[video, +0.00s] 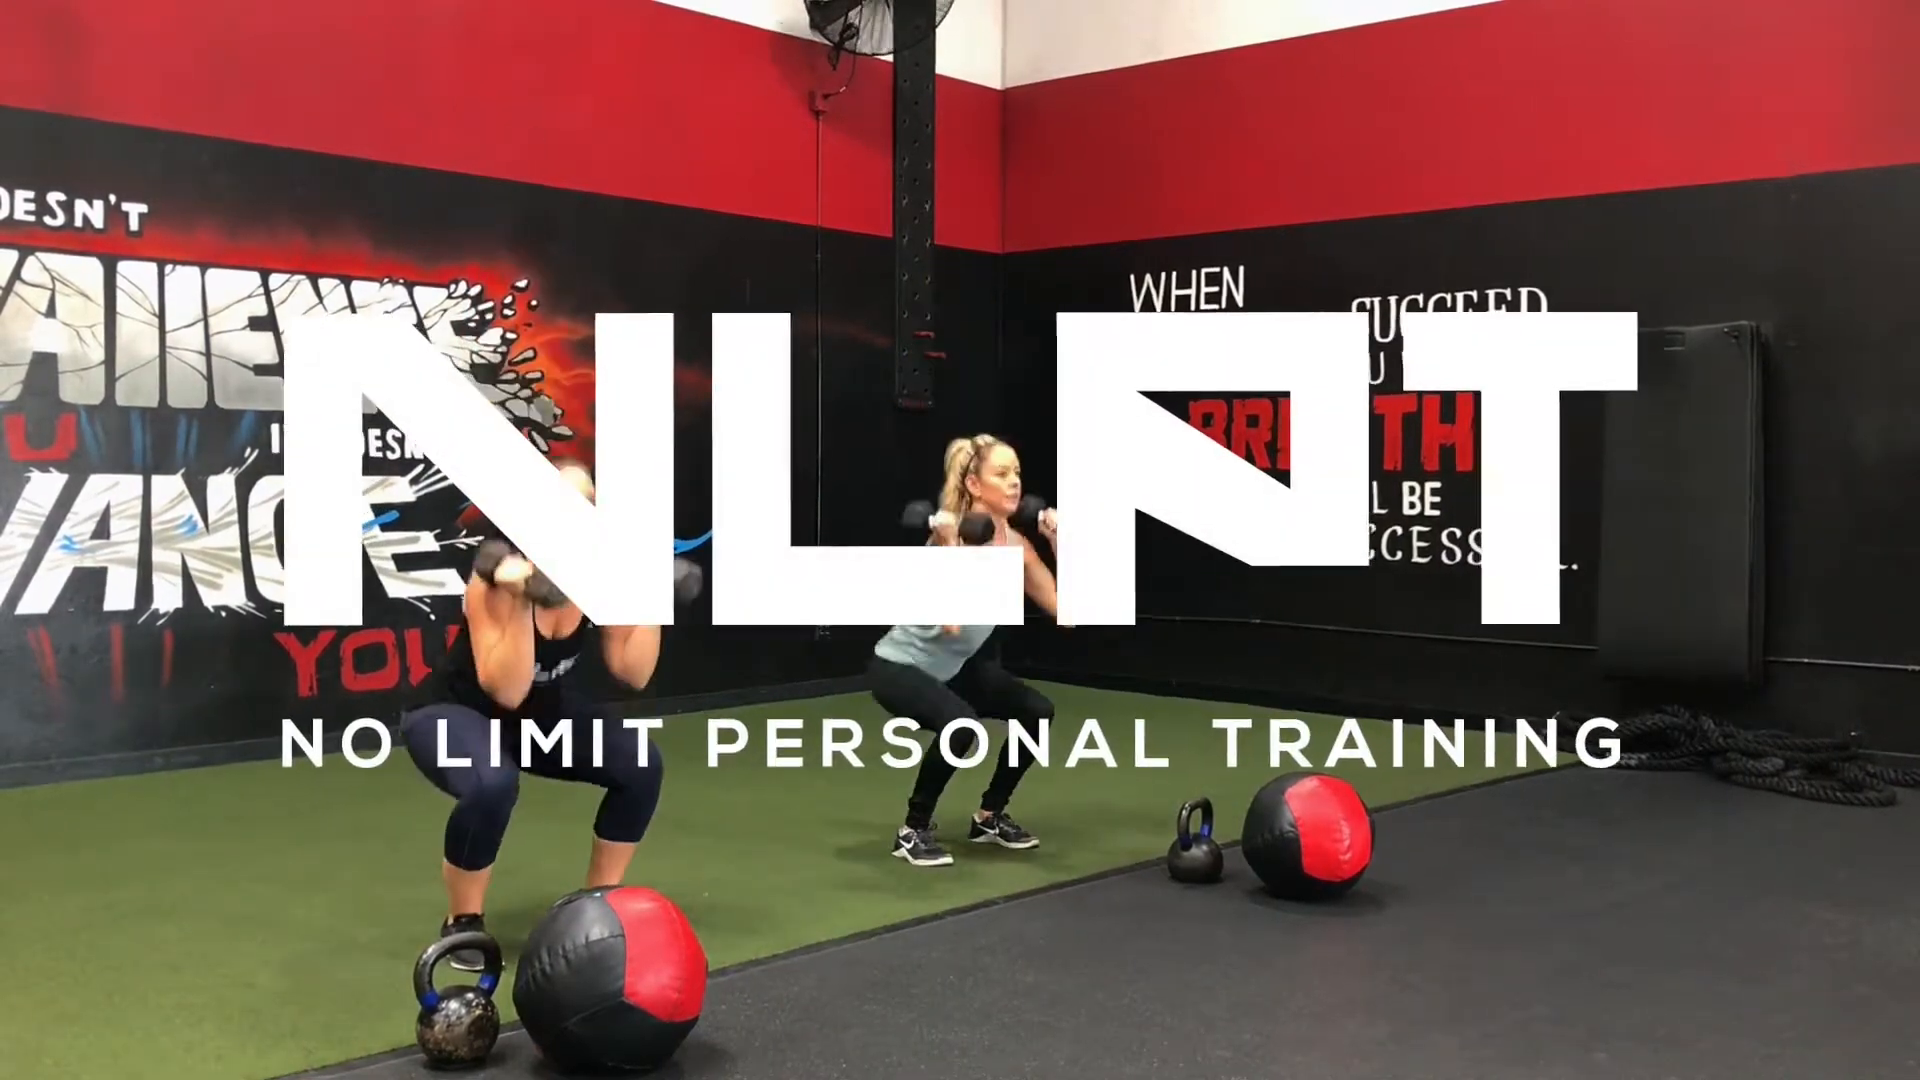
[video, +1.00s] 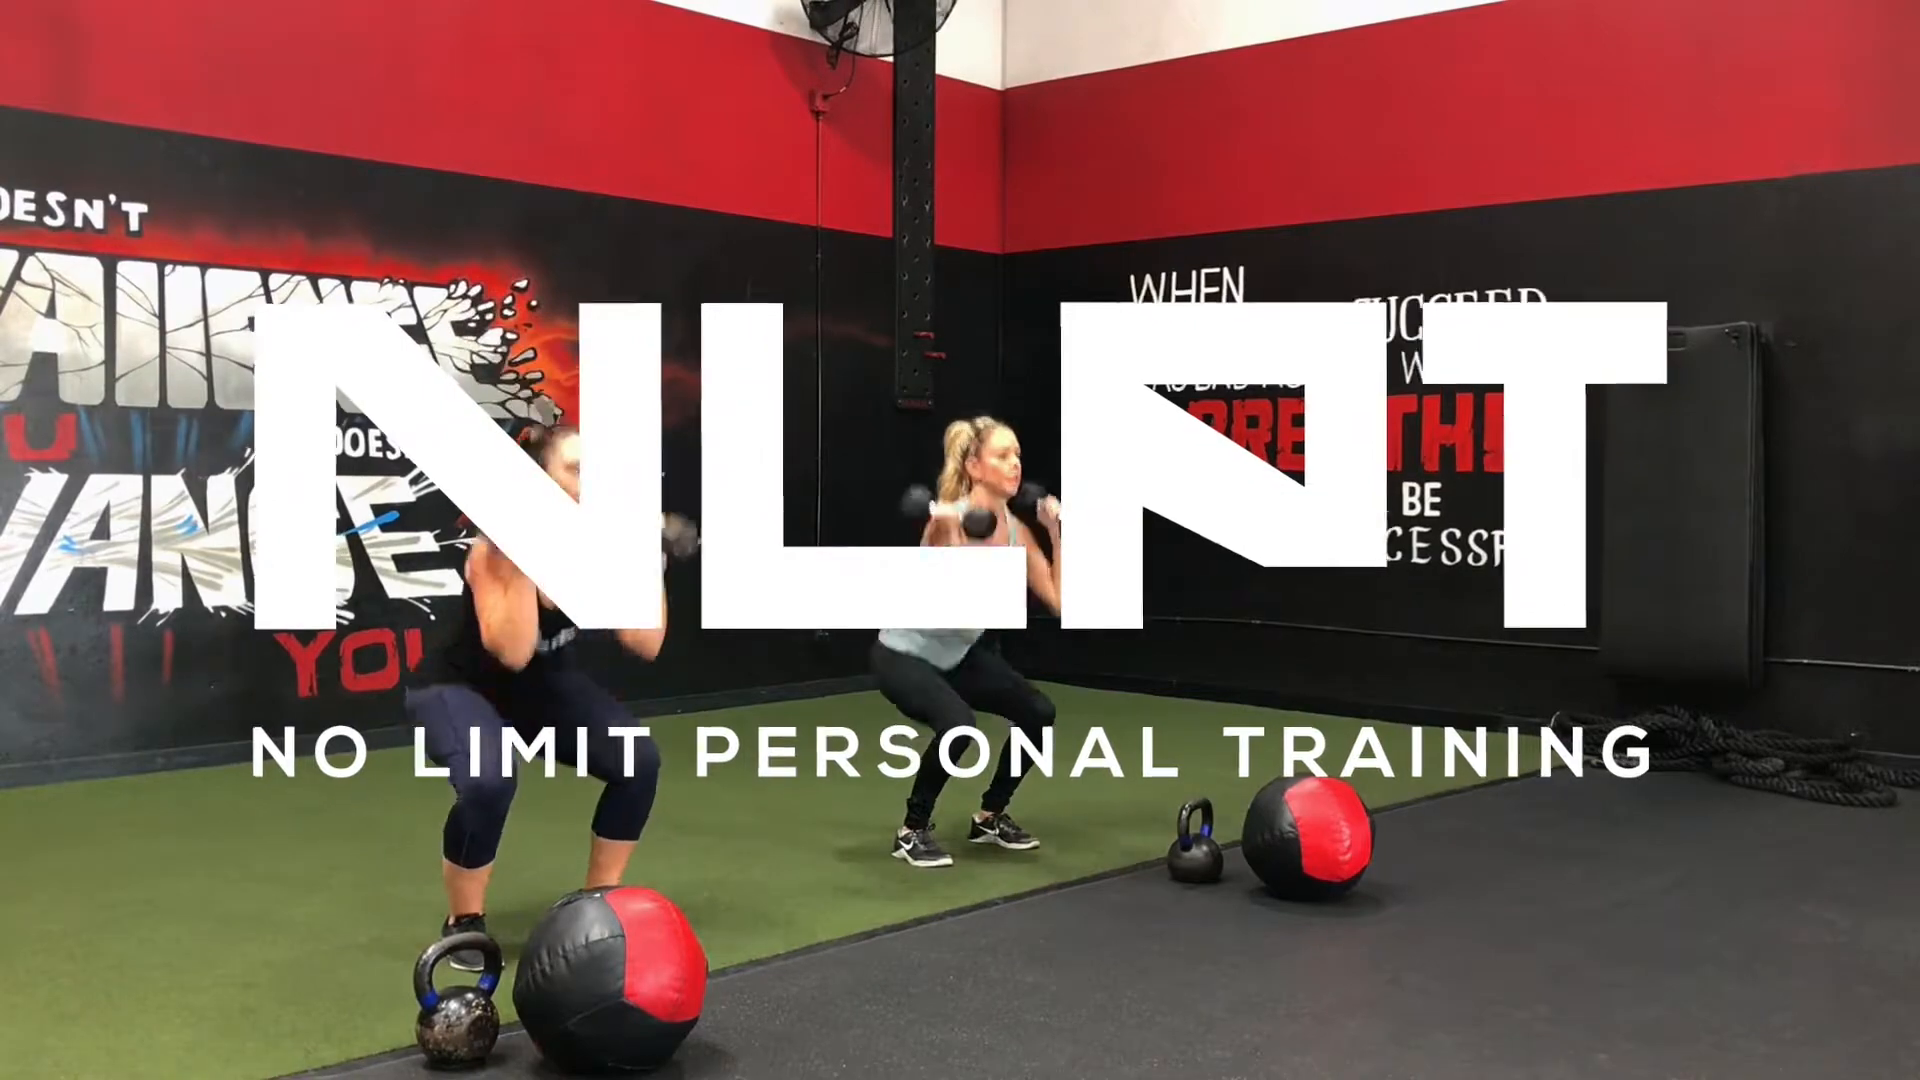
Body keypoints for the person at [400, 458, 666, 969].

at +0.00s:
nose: (566, 527)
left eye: (578, 515)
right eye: (556, 514)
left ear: (592, 521)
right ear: (532, 519)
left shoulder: (602, 575)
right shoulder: (491, 575)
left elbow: (634, 673)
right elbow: (507, 689)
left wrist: (652, 586)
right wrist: (515, 595)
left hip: (538, 716)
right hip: (452, 712)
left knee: (640, 764)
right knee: (492, 785)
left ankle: (598, 909)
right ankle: (464, 925)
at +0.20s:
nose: (565, 354)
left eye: (569, 341)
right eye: (552, 341)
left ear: (574, 348)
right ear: (515, 348)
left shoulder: (589, 418)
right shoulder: (483, 417)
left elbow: (671, 451)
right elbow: (503, 452)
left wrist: (650, 381)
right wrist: (507, 361)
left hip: (566, 606)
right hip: (482, 609)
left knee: (604, 742)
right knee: (491, 756)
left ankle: (598, 909)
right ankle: (465, 926)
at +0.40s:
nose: (557, 329)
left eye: (565, 317)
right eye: (542, 316)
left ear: (576, 326)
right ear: (507, 318)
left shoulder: (588, 390)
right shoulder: (484, 390)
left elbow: (621, 297)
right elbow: (500, 293)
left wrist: (624, 206)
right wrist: (504, 186)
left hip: (589, 603)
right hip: (504, 606)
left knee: (586, 758)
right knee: (488, 760)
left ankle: (600, 913)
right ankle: (465, 923)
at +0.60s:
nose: (578, 368)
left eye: (582, 354)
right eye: (564, 356)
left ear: (588, 362)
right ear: (526, 369)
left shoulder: (602, 426)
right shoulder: (494, 430)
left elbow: (676, 475)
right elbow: (501, 490)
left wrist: (662, 391)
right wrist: (507, 380)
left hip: (557, 616)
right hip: (475, 616)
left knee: (605, 739)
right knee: (488, 754)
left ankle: (597, 908)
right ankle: (466, 924)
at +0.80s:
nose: (572, 552)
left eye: (587, 538)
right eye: (562, 536)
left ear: (603, 546)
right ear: (535, 541)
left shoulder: (609, 597)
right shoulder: (495, 596)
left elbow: (632, 700)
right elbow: (502, 711)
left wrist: (652, 617)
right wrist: (512, 616)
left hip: (540, 724)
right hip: (455, 723)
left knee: (645, 764)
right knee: (497, 789)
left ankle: (597, 907)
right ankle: (466, 926)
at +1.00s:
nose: (584, 482)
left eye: (591, 469)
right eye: (571, 469)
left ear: (602, 476)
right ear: (536, 478)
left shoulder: (606, 537)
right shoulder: (496, 546)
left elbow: (647, 642)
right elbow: (513, 649)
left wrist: (649, 555)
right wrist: (527, 551)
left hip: (536, 679)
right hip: (456, 682)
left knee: (637, 760)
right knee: (488, 781)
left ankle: (596, 906)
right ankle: (466, 925)